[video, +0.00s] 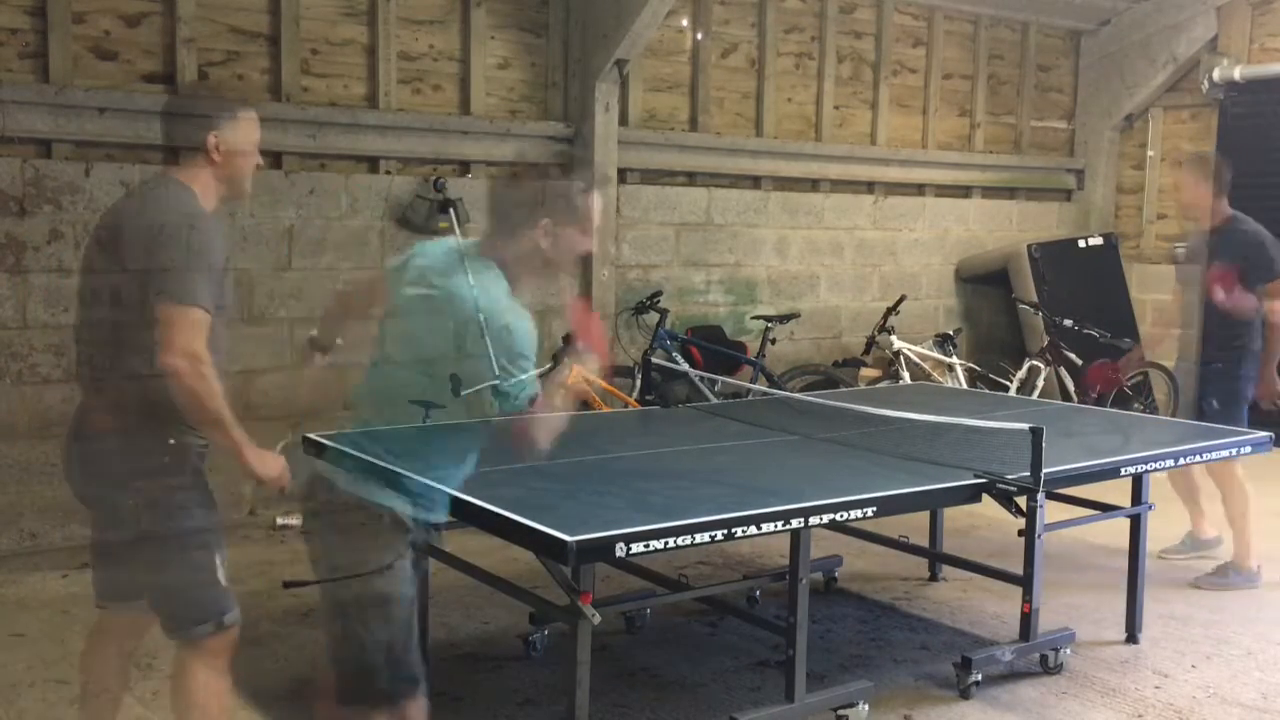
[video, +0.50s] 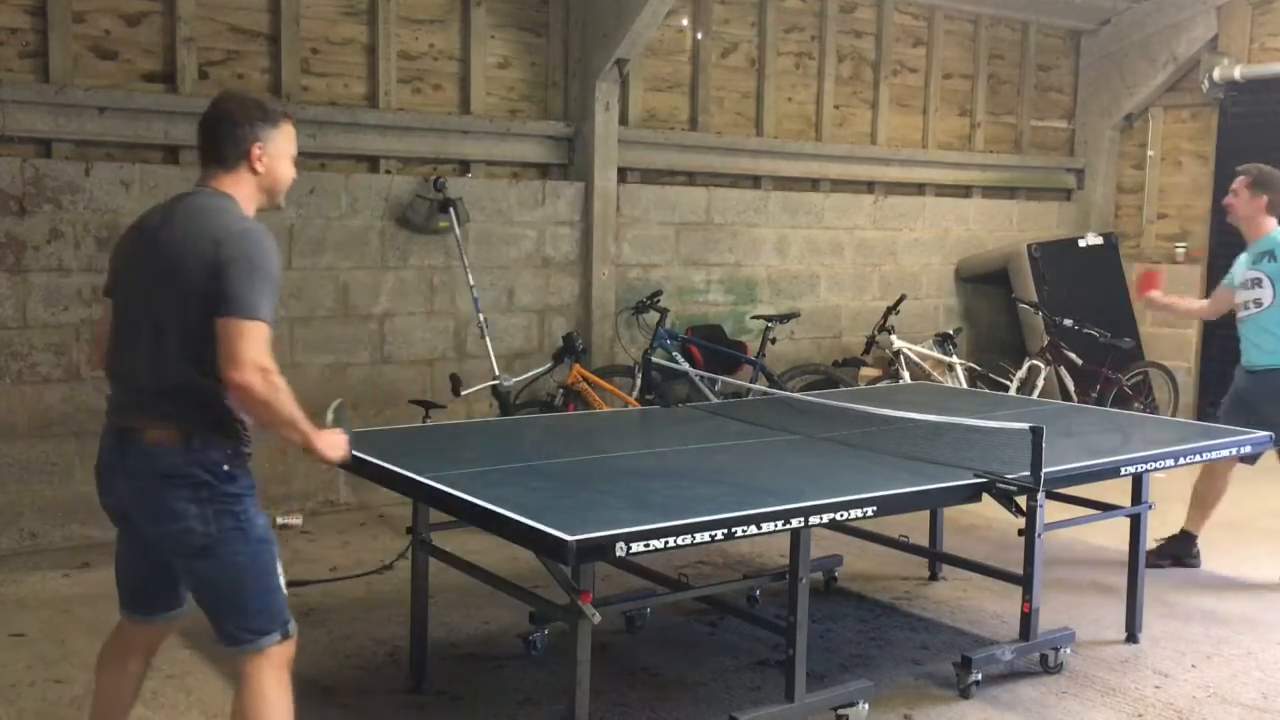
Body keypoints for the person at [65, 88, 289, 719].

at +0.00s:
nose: (259, 163)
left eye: (260, 150)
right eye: (253, 149)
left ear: (201, 147)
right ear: (215, 146)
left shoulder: (127, 214)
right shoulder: (187, 222)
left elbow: (102, 348)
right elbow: (182, 360)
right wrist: (250, 452)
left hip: (106, 445)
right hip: (153, 450)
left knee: (121, 619)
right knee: (211, 634)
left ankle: (98, 710)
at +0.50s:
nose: (295, 171)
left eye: (296, 156)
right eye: (290, 156)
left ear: (233, 156)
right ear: (256, 156)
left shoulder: (145, 229)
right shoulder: (245, 241)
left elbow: (108, 354)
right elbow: (245, 372)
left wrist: (196, 382)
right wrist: (314, 438)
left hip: (129, 458)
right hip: (197, 468)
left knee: (143, 622)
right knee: (268, 645)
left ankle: (102, 714)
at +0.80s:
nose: (347, 186)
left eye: (349, 170)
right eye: (345, 169)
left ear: (271, 165)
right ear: (314, 170)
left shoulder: (180, 232)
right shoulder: (312, 252)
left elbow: (125, 348)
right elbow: (345, 378)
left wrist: (158, 418)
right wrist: (400, 430)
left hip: (141, 458)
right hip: (224, 466)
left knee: (148, 627)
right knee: (289, 648)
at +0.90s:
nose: (345, 186)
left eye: (346, 171)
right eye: (342, 169)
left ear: (266, 165)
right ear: (312, 170)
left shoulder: (179, 232)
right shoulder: (312, 251)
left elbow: (122, 342)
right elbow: (353, 372)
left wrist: (159, 413)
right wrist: (402, 426)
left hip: (146, 461)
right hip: (231, 468)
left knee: (148, 637)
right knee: (297, 647)